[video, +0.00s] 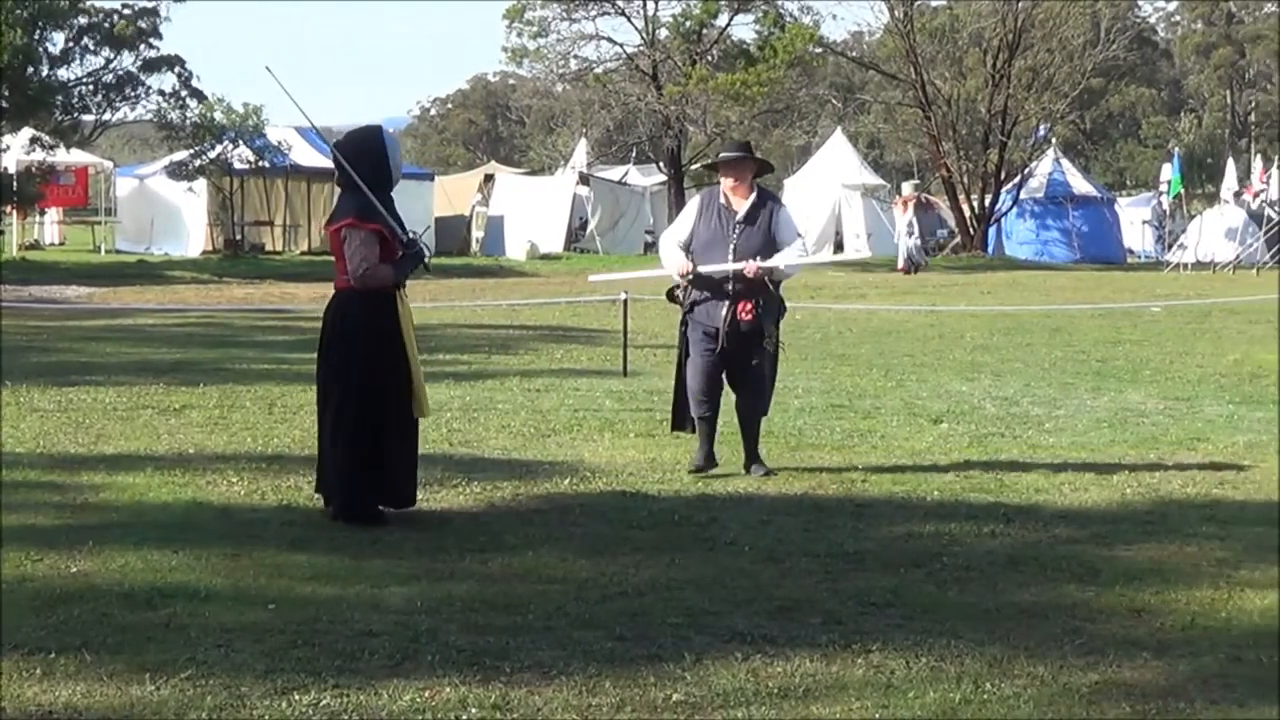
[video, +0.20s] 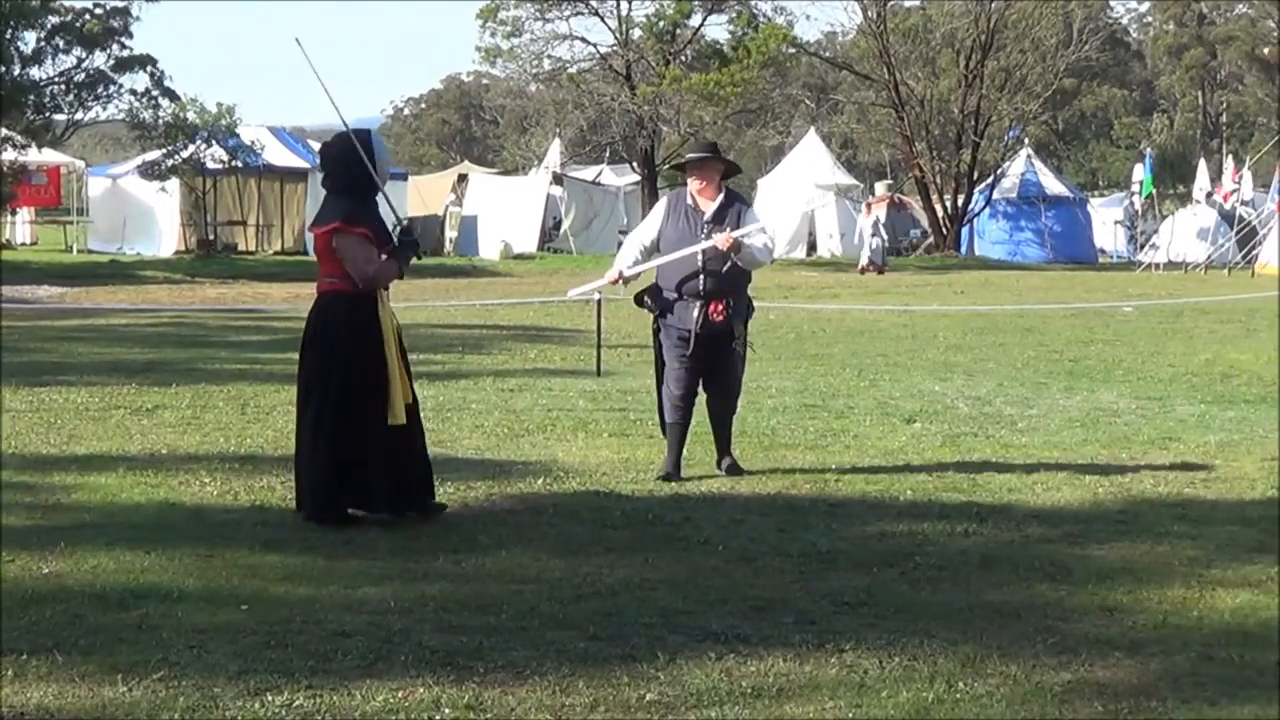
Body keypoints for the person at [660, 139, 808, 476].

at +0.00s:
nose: (731, 173)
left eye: (738, 167)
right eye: (725, 168)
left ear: (753, 169)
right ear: (718, 172)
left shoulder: (772, 207)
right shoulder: (702, 203)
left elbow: (798, 251)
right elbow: (668, 240)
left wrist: (768, 268)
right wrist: (676, 261)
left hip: (755, 311)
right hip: (705, 308)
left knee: (754, 389)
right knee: (700, 385)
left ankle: (753, 456)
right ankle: (704, 452)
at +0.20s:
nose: (694, 173)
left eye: (702, 166)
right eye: (690, 168)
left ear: (721, 171)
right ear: (684, 173)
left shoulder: (740, 209)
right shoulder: (670, 204)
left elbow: (763, 255)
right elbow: (640, 240)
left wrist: (737, 248)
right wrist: (622, 267)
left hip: (726, 314)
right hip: (677, 312)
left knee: (724, 392)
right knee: (677, 392)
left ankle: (725, 455)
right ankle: (672, 464)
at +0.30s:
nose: (681, 173)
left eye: (689, 166)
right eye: (677, 167)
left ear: (707, 170)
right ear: (671, 172)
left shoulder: (728, 208)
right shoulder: (656, 206)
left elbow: (752, 253)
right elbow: (627, 243)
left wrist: (729, 239)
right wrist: (603, 272)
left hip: (714, 314)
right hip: (666, 313)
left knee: (713, 391)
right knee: (668, 391)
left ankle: (716, 455)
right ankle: (663, 463)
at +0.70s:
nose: (615, 175)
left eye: (622, 167)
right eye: (609, 168)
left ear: (637, 168)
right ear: (601, 172)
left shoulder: (654, 203)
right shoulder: (586, 204)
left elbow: (680, 248)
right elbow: (556, 243)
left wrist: (678, 226)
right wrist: (536, 274)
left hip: (650, 307)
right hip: (604, 309)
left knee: (668, 379)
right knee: (612, 390)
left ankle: (669, 446)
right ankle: (612, 462)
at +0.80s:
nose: (596, 174)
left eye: (603, 166)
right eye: (589, 168)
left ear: (616, 167)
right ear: (580, 172)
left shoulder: (633, 201)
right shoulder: (566, 204)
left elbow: (655, 246)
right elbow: (537, 244)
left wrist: (662, 225)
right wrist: (521, 272)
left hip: (632, 308)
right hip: (587, 311)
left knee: (650, 379)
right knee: (591, 390)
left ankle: (652, 451)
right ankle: (593, 460)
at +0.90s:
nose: (588, 173)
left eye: (593, 166)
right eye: (581, 168)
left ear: (604, 167)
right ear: (569, 173)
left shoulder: (618, 201)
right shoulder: (554, 204)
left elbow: (640, 245)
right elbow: (525, 245)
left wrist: (649, 224)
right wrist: (516, 273)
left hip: (620, 309)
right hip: (574, 311)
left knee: (634, 384)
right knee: (578, 390)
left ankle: (644, 458)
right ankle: (580, 461)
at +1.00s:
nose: (582, 174)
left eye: (585, 167)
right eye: (573, 169)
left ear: (592, 168)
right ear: (558, 174)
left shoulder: (604, 202)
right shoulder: (541, 204)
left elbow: (625, 246)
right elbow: (512, 251)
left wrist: (637, 225)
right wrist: (514, 279)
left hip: (605, 308)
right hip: (561, 310)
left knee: (614, 386)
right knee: (563, 390)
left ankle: (629, 461)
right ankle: (563, 462)